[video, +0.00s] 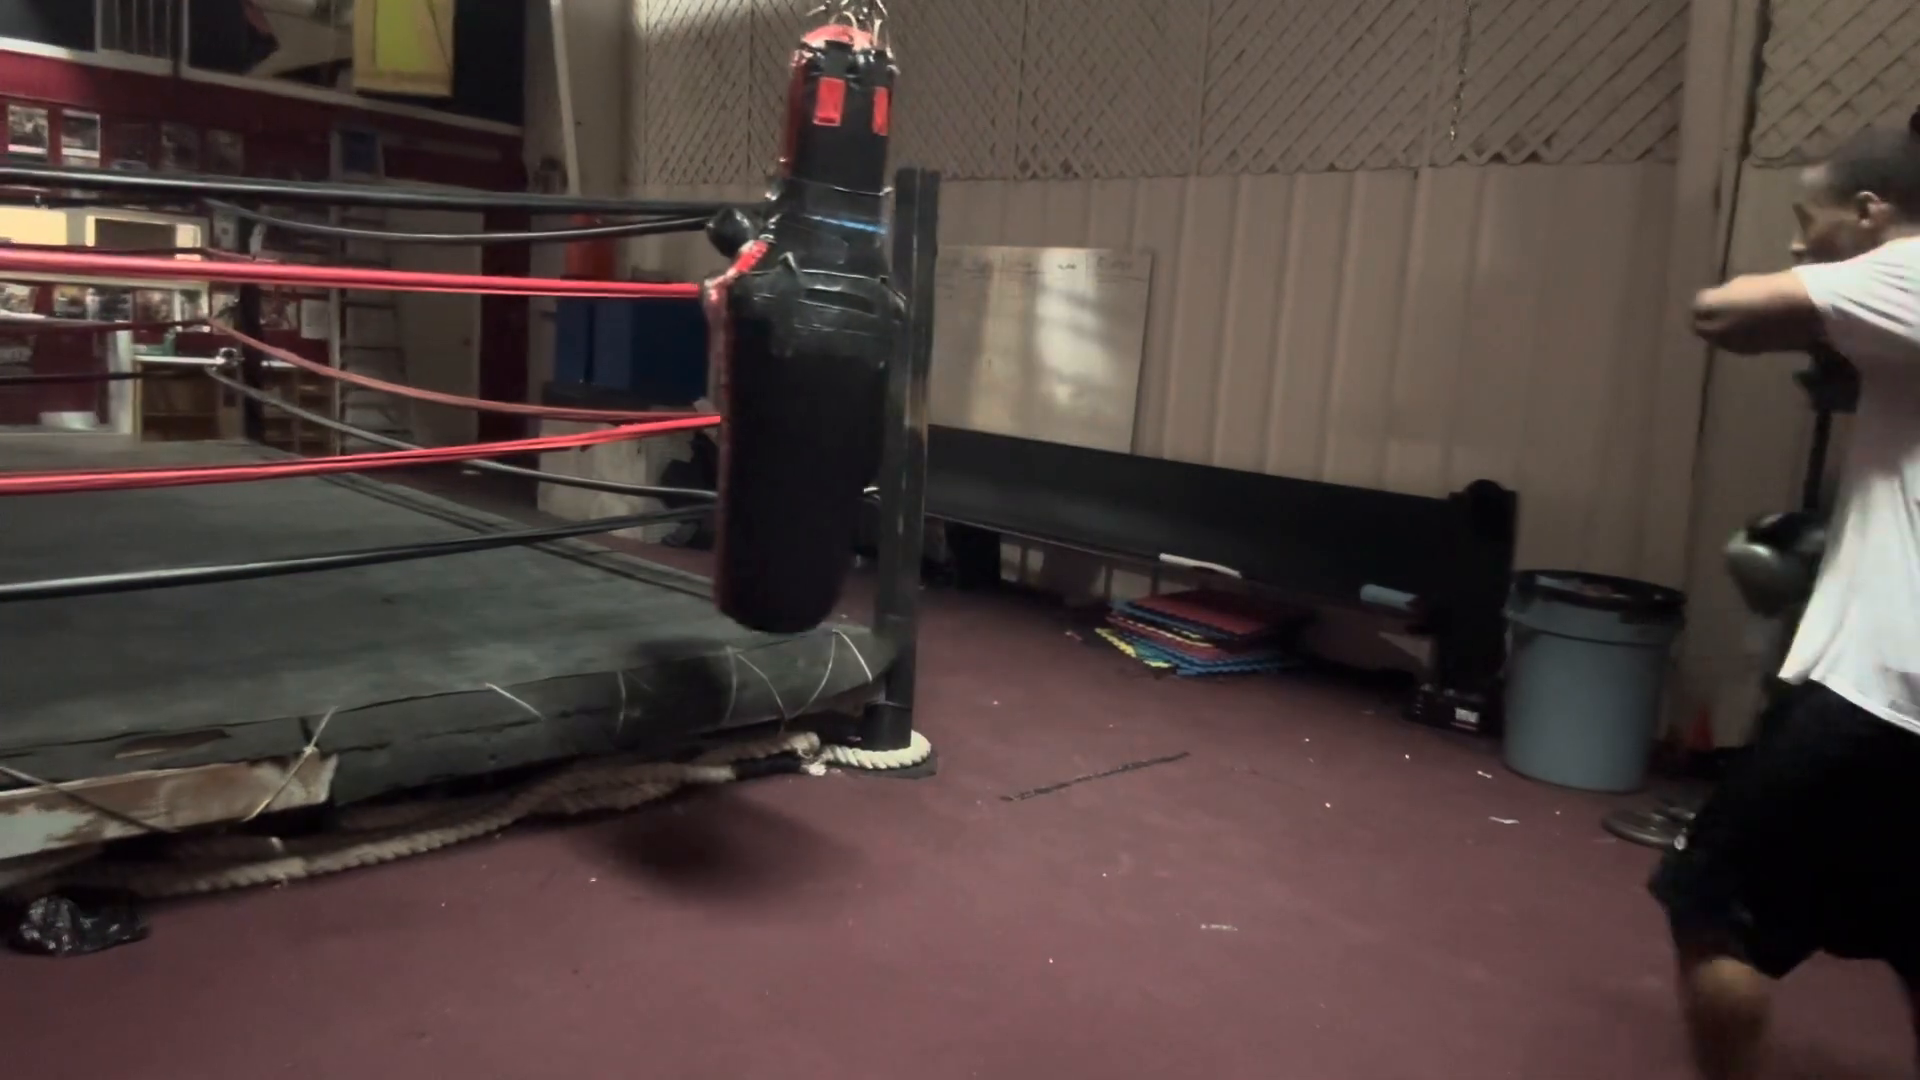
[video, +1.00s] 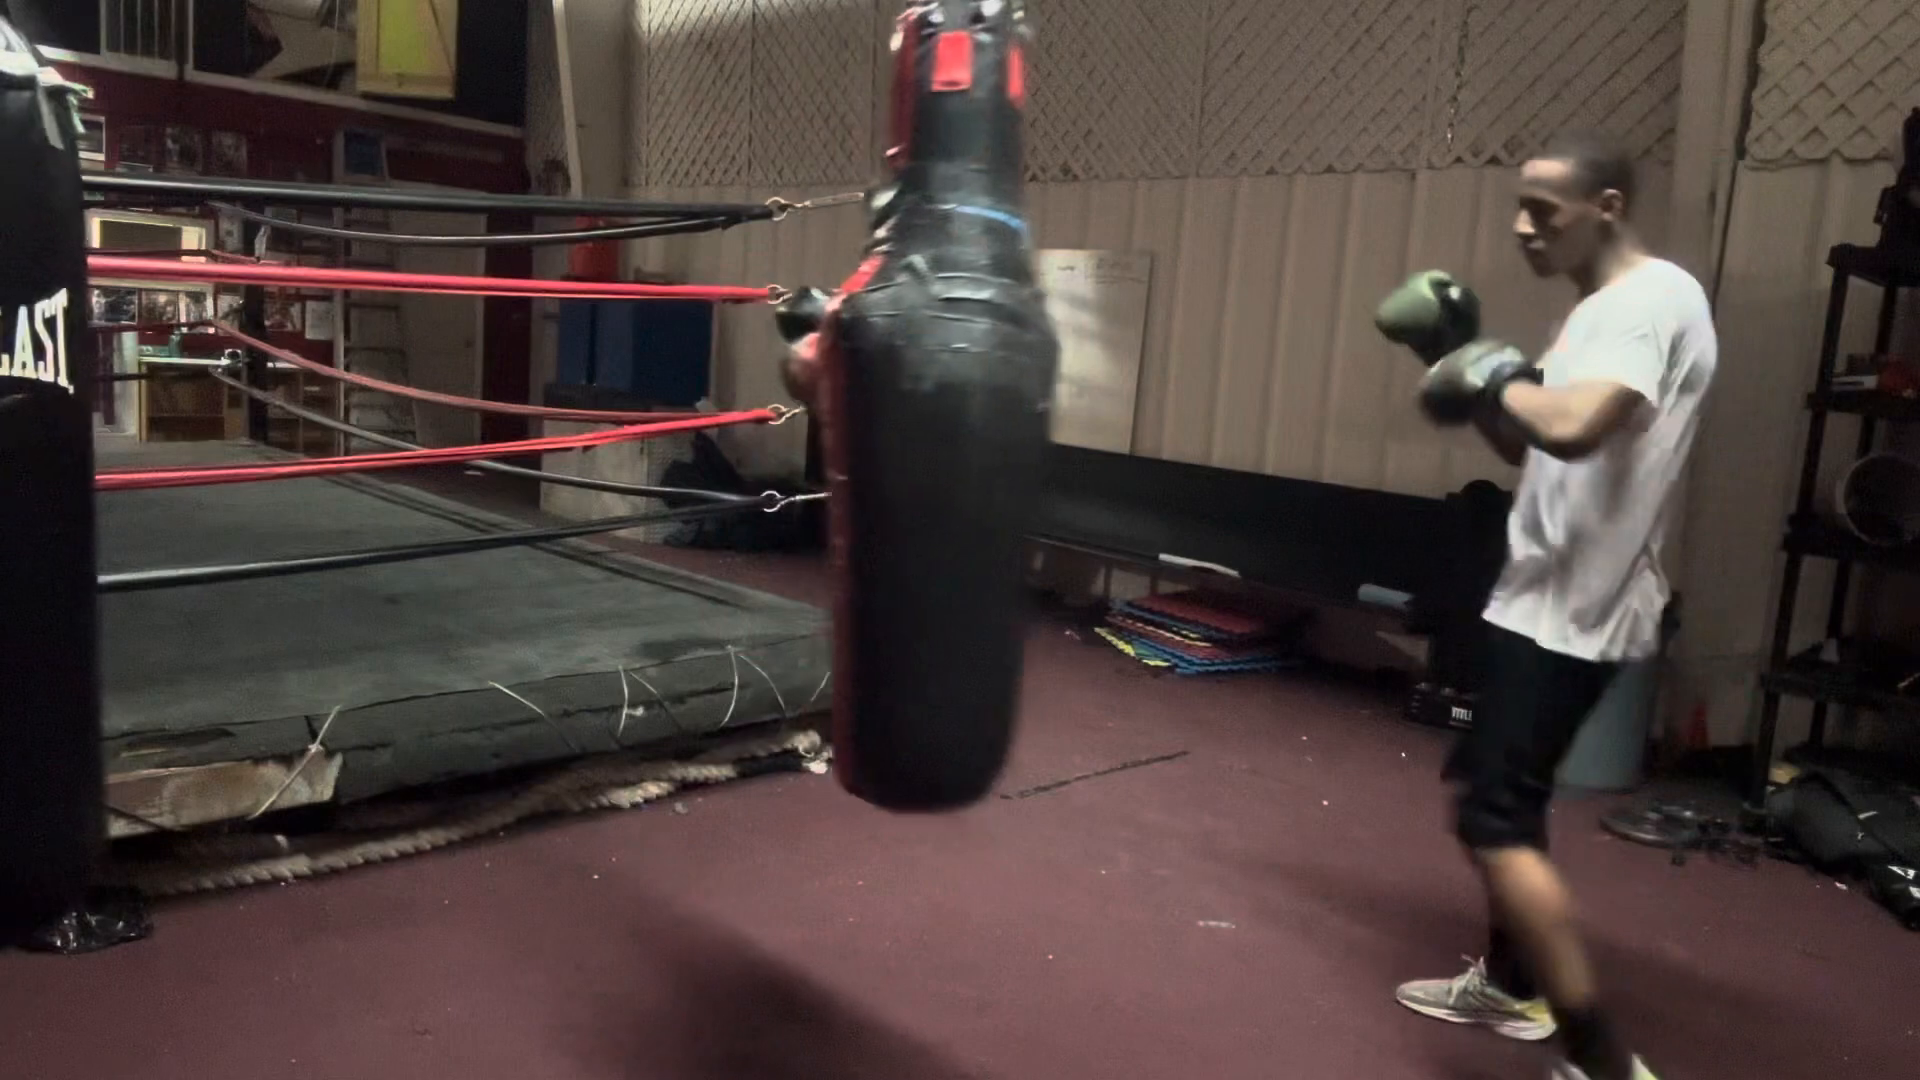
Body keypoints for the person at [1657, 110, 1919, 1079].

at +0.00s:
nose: (1803, 249)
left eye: (1815, 228)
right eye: (1803, 231)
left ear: (1872, 213)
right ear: (1883, 215)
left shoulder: (1909, 274)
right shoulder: (1898, 283)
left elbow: (1715, 310)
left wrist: (1817, 281)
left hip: (1885, 678)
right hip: (1882, 674)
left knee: (1710, 899)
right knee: (1910, 941)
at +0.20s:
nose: (1713, 252)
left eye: (1723, 233)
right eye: (1712, 235)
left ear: (1773, 220)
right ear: (1807, 221)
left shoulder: (1847, 279)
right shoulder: (1896, 295)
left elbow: (1622, 297)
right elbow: (1857, 477)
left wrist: (1728, 310)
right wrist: (1729, 504)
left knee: (1655, 894)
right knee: (1845, 920)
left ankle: (1637, 1065)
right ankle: (1887, 1060)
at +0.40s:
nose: (1661, 231)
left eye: (1669, 212)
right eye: (1659, 212)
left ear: (1715, 205)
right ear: (1771, 203)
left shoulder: (1763, 279)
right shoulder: (1869, 304)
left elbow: (1564, 268)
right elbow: (1773, 431)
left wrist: (1655, 298)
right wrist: (1659, 383)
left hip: (1705, 660)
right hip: (1781, 666)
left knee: (1634, 896)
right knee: (1691, 860)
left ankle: (1637, 1073)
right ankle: (1803, 1040)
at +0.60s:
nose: (1624, 217)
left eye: (1632, 200)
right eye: (1625, 200)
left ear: (1676, 196)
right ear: (1720, 195)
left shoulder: (1729, 268)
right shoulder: (1809, 289)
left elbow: (1535, 255)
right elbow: (1707, 394)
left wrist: (1621, 260)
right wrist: (1599, 344)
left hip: (1675, 632)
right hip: (1727, 630)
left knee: (1631, 881)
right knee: (1619, 850)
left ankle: (1638, 1070)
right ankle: (1690, 1035)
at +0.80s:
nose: (1563, 227)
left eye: (1575, 211)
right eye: (1565, 211)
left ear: (1633, 215)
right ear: (1642, 218)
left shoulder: (1714, 290)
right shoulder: (1657, 304)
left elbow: (1508, 289)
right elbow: (1604, 443)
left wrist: (1492, 314)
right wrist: (1529, 375)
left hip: (1643, 633)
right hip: (1577, 616)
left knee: (1621, 868)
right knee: (1523, 799)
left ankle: (1638, 1068)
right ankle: (1508, 986)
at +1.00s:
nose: (1521, 225)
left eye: (1541, 209)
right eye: (1520, 206)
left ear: (1604, 210)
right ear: (1589, 215)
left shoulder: (1656, 297)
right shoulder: (1597, 308)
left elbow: (1578, 421)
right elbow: (1548, 459)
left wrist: (1491, 369)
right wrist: (1478, 405)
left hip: (1576, 614)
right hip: (1542, 600)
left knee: (1491, 814)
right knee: (1496, 794)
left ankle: (1604, 1060)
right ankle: (1509, 985)